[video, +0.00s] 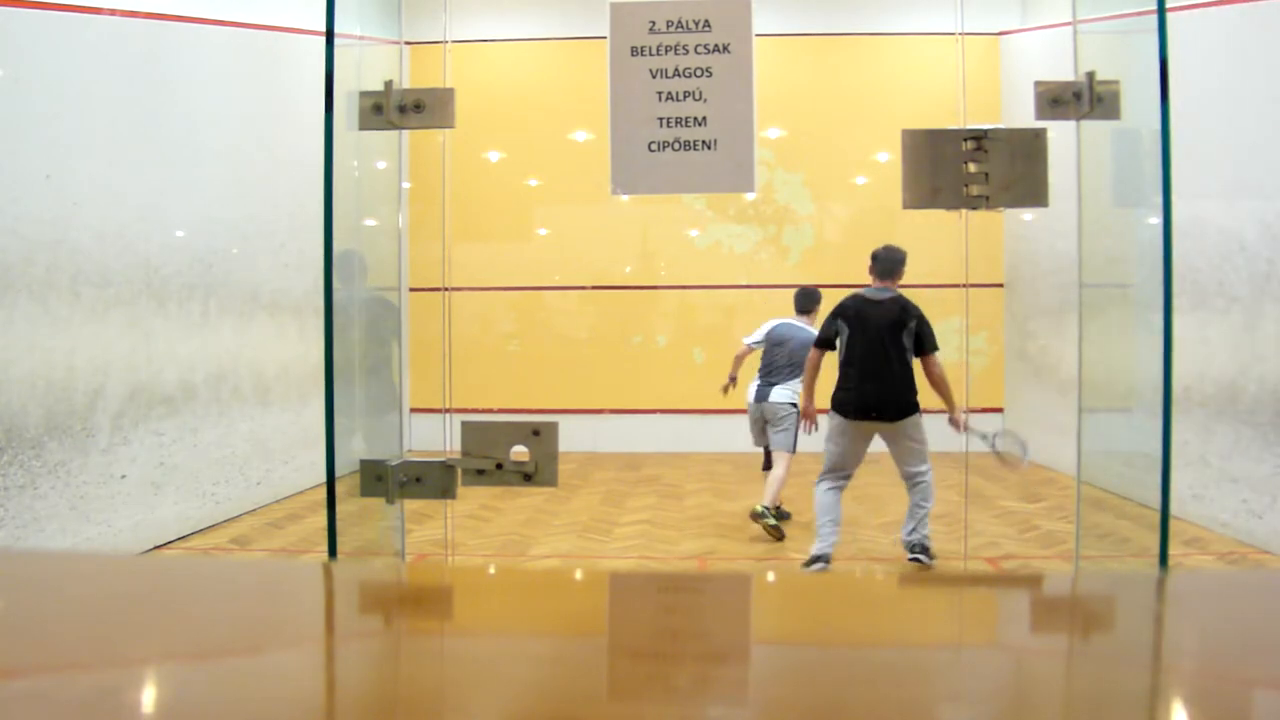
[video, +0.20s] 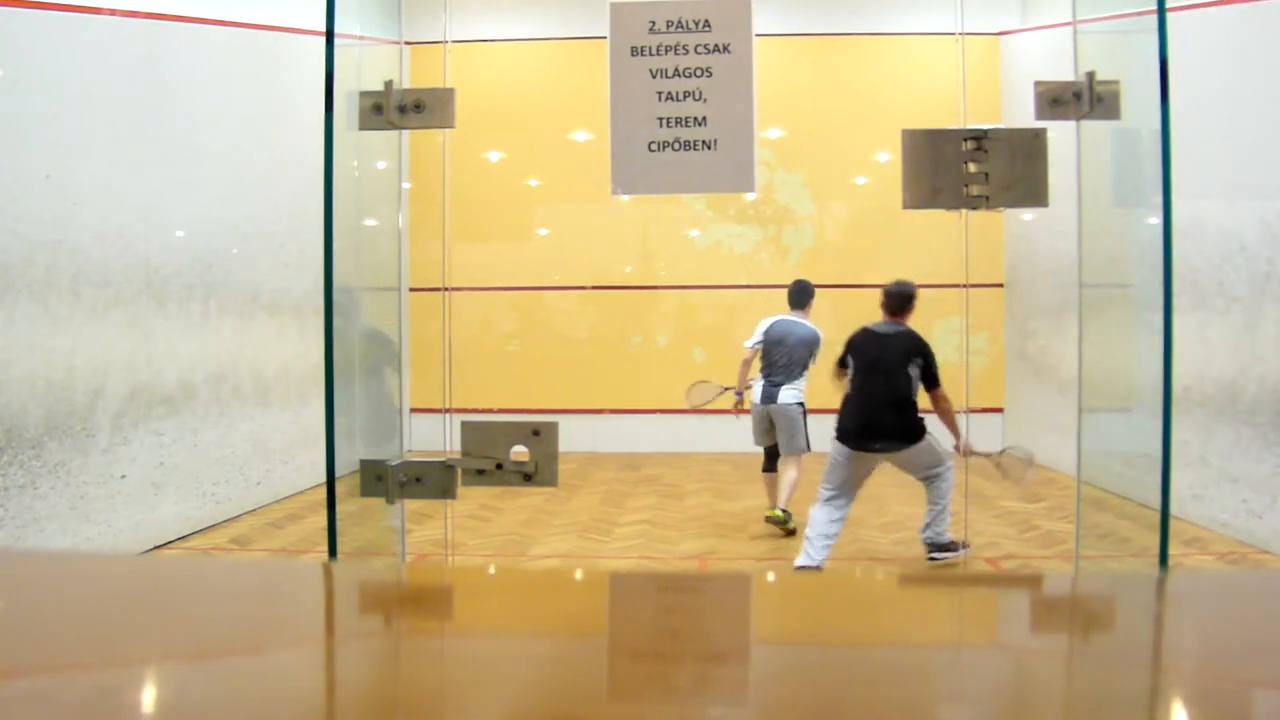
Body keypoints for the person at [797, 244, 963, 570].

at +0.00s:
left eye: (870, 269)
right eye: (898, 273)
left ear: (870, 271)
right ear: (901, 275)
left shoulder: (847, 306)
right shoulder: (910, 312)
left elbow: (816, 353)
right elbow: (932, 368)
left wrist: (808, 400)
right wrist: (953, 408)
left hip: (851, 408)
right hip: (899, 409)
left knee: (832, 479)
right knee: (918, 475)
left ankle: (822, 551)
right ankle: (917, 541)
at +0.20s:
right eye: (912, 303)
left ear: (883, 305)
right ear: (912, 307)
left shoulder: (860, 337)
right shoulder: (916, 344)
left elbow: (839, 372)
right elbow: (937, 397)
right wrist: (958, 436)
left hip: (856, 431)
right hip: (899, 432)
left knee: (832, 496)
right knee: (940, 469)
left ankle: (809, 560)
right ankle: (937, 540)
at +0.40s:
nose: (975, 319)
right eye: (974, 314)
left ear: (948, 310)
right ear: (974, 316)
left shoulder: (920, 334)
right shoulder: (969, 351)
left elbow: (883, 352)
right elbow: (989, 400)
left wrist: (914, 358)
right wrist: (1011, 431)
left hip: (893, 423)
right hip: (934, 425)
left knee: (880, 486)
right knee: (976, 473)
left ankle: (845, 532)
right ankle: (971, 543)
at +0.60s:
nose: (1019, 340)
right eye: (1020, 335)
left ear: (994, 325)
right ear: (1016, 337)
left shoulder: (960, 341)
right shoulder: (1004, 364)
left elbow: (914, 351)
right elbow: (1018, 417)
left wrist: (895, 382)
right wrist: (1045, 435)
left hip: (921, 420)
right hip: (960, 425)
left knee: (938, 460)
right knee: (995, 484)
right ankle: (975, 541)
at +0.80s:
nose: (1040, 364)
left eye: (1040, 359)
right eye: (1040, 360)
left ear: (1018, 349)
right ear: (1036, 361)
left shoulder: (985, 358)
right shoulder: (1018, 381)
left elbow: (948, 354)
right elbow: (1042, 426)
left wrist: (912, 366)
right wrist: (1078, 424)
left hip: (933, 417)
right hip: (957, 422)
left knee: (969, 450)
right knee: (973, 470)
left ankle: (979, 483)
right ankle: (967, 524)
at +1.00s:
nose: (1036, 391)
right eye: (1037, 388)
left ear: (1018, 376)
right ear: (1034, 389)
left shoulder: (992, 379)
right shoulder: (1023, 407)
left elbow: (948, 393)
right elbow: (1027, 442)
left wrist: (931, 420)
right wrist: (1035, 451)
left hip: (946, 414)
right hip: (971, 430)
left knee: (979, 451)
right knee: (959, 479)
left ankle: (981, 495)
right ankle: (916, 504)